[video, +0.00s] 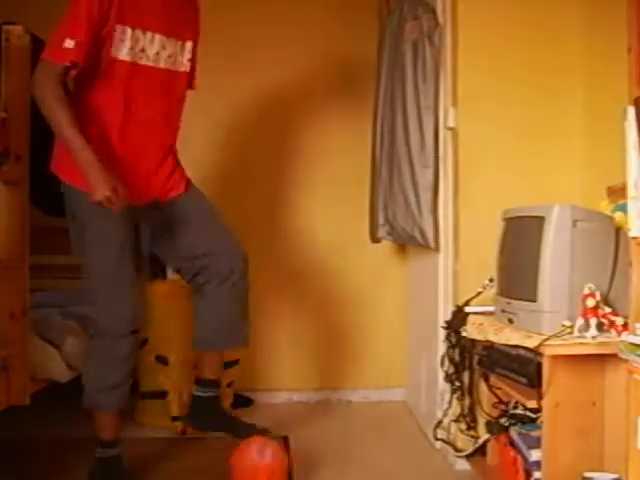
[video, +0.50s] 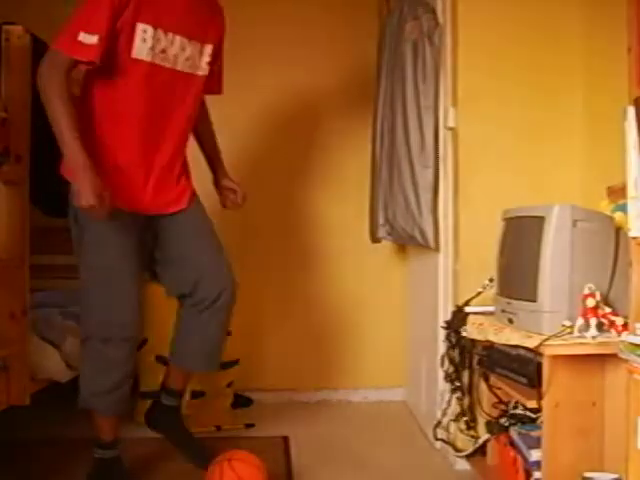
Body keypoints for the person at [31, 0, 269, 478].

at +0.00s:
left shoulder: (187, 9)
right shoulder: (100, 3)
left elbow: (172, 93)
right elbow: (45, 80)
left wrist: (168, 161)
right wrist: (92, 168)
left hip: (160, 175)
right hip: (97, 180)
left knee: (224, 263)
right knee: (118, 316)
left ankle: (206, 401)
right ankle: (108, 455)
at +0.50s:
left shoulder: (211, 15)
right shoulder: (119, 3)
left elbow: (192, 97)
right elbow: (51, 72)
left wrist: (219, 170)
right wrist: (80, 168)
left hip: (168, 186)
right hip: (105, 186)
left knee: (212, 286)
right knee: (114, 323)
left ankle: (168, 404)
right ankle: (106, 453)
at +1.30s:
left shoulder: (252, 5)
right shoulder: (151, 3)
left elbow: (238, 73)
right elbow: (56, 45)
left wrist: (276, 150)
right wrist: (66, 162)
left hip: (197, 163)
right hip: (147, 159)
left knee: (253, 282)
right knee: (189, 321)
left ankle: (183, 382)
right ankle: (173, 463)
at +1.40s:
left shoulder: (248, 7)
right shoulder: (171, 4)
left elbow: (225, 83)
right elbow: (74, 38)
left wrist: (267, 156)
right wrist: (83, 169)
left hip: (184, 162)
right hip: (138, 158)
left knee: (249, 265)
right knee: (206, 306)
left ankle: (260, 405)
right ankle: (170, 468)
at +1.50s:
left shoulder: (230, 8)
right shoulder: (192, 3)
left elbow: (187, 78)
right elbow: (113, 40)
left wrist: (231, 146)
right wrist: (151, 177)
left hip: (187, 168)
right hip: (150, 170)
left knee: (262, 253)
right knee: (210, 318)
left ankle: (263, 398)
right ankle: (174, 470)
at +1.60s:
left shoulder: (217, 12)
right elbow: (150, 24)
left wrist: (226, 158)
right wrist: (218, 141)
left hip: (185, 145)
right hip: (138, 139)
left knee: (270, 242)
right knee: (193, 289)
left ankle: (210, 373)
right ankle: (161, 466)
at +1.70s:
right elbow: (135, 5)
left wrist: (225, 104)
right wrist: (222, 95)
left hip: (180, 136)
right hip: (141, 129)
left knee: (235, 280)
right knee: (179, 285)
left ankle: (180, 432)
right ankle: (113, 468)